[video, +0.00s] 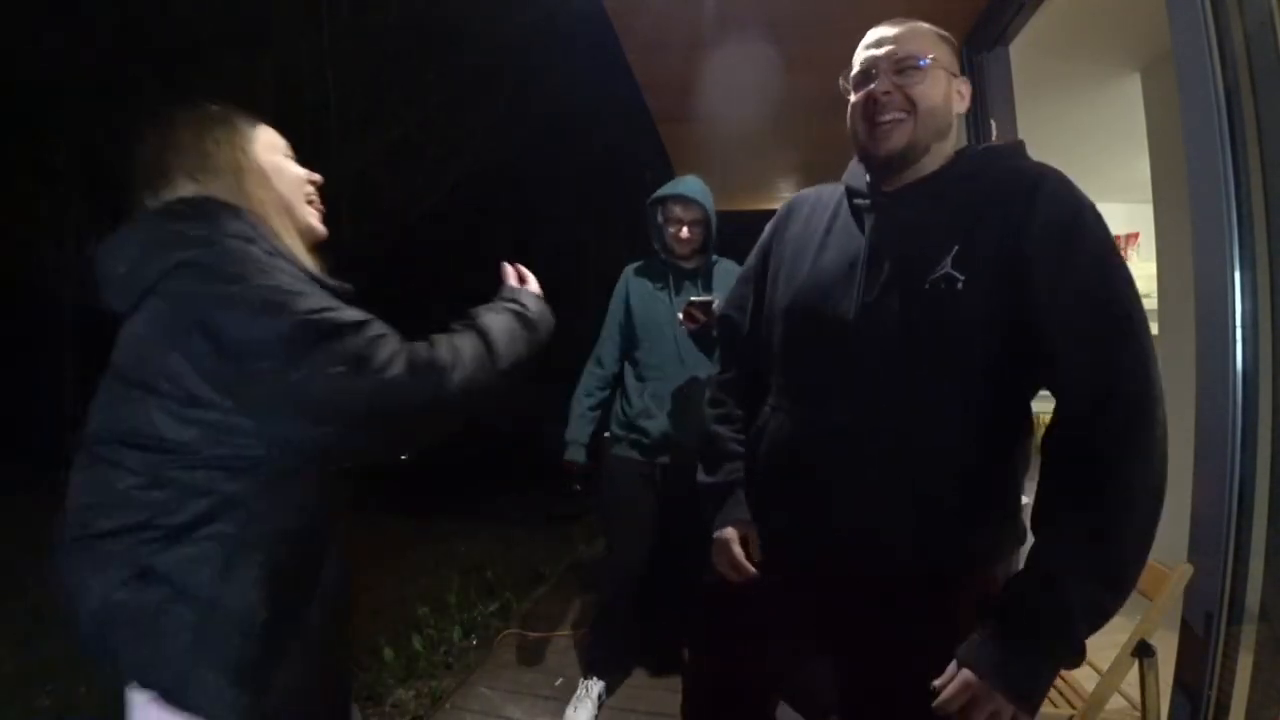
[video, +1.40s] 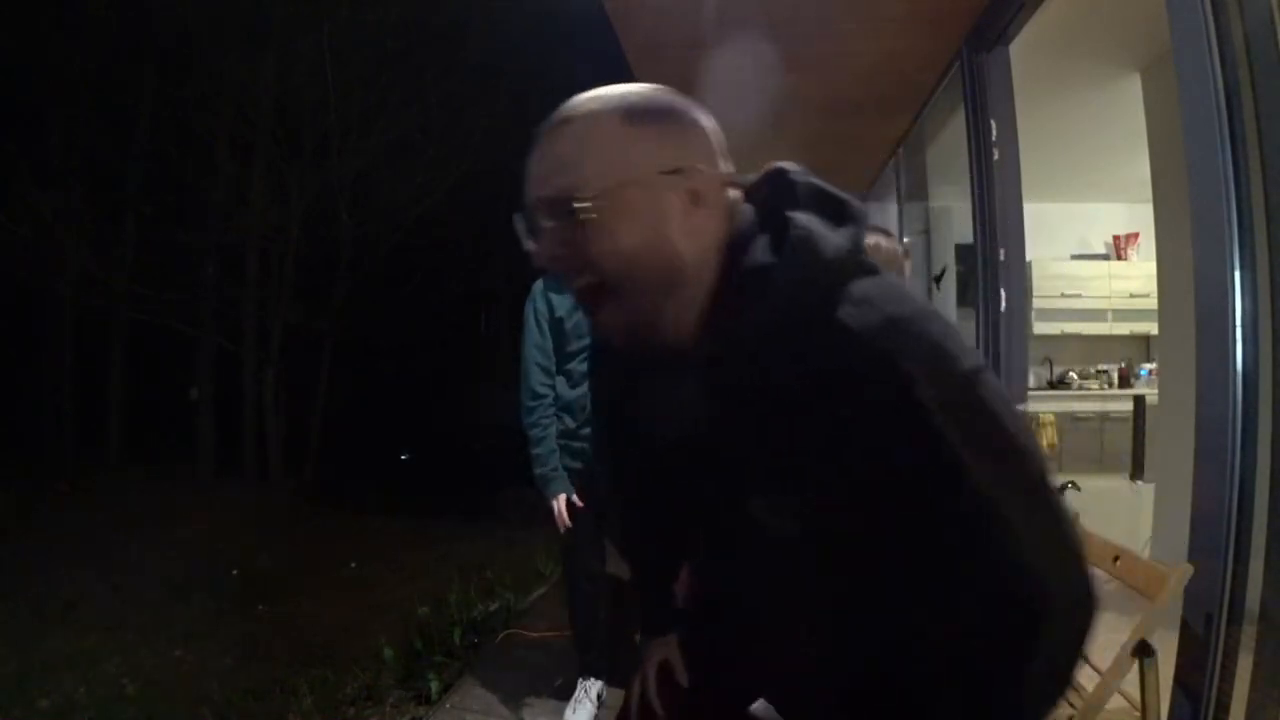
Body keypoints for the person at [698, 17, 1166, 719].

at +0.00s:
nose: (877, 87)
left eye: (906, 67)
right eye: (862, 78)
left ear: (960, 93)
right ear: (847, 109)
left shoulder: (1030, 205)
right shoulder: (797, 220)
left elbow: (1117, 428)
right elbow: (729, 379)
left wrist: (1027, 642)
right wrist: (725, 500)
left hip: (943, 592)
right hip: (786, 581)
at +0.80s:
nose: (852, 97)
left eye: (874, 82)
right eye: (824, 90)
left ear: (912, 118)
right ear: (794, 140)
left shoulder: (1013, 240)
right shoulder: (742, 269)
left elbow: (1077, 444)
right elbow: (695, 453)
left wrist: (975, 612)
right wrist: (749, 597)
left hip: (943, 627)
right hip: (789, 625)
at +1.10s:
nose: (804, 166)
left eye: (841, 133)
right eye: (776, 144)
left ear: (911, 160)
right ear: (752, 178)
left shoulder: (1019, 309)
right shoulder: (708, 317)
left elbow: (1121, 534)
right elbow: (659, 498)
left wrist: (969, 668)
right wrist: (713, 627)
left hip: (935, 686)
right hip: (763, 681)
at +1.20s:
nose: (733, 212)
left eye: (772, 171)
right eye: (706, 187)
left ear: (866, 183)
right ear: (690, 206)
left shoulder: (994, 333)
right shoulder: (686, 338)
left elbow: (1132, 583)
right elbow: (658, 504)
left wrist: (962, 693)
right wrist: (700, 634)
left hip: (941, 668)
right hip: (768, 671)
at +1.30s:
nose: (640, 242)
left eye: (673, 202)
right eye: (628, 210)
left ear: (794, 198)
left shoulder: (938, 341)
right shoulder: (660, 358)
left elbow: (1113, 601)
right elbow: (655, 508)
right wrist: (674, 630)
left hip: (939, 684)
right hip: (759, 677)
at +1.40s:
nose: (546, 255)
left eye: (572, 215)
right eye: (538, 225)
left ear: (695, 197)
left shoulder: (854, 326)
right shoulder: (632, 341)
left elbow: (1042, 594)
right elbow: (637, 512)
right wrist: (660, 626)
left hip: (922, 673)